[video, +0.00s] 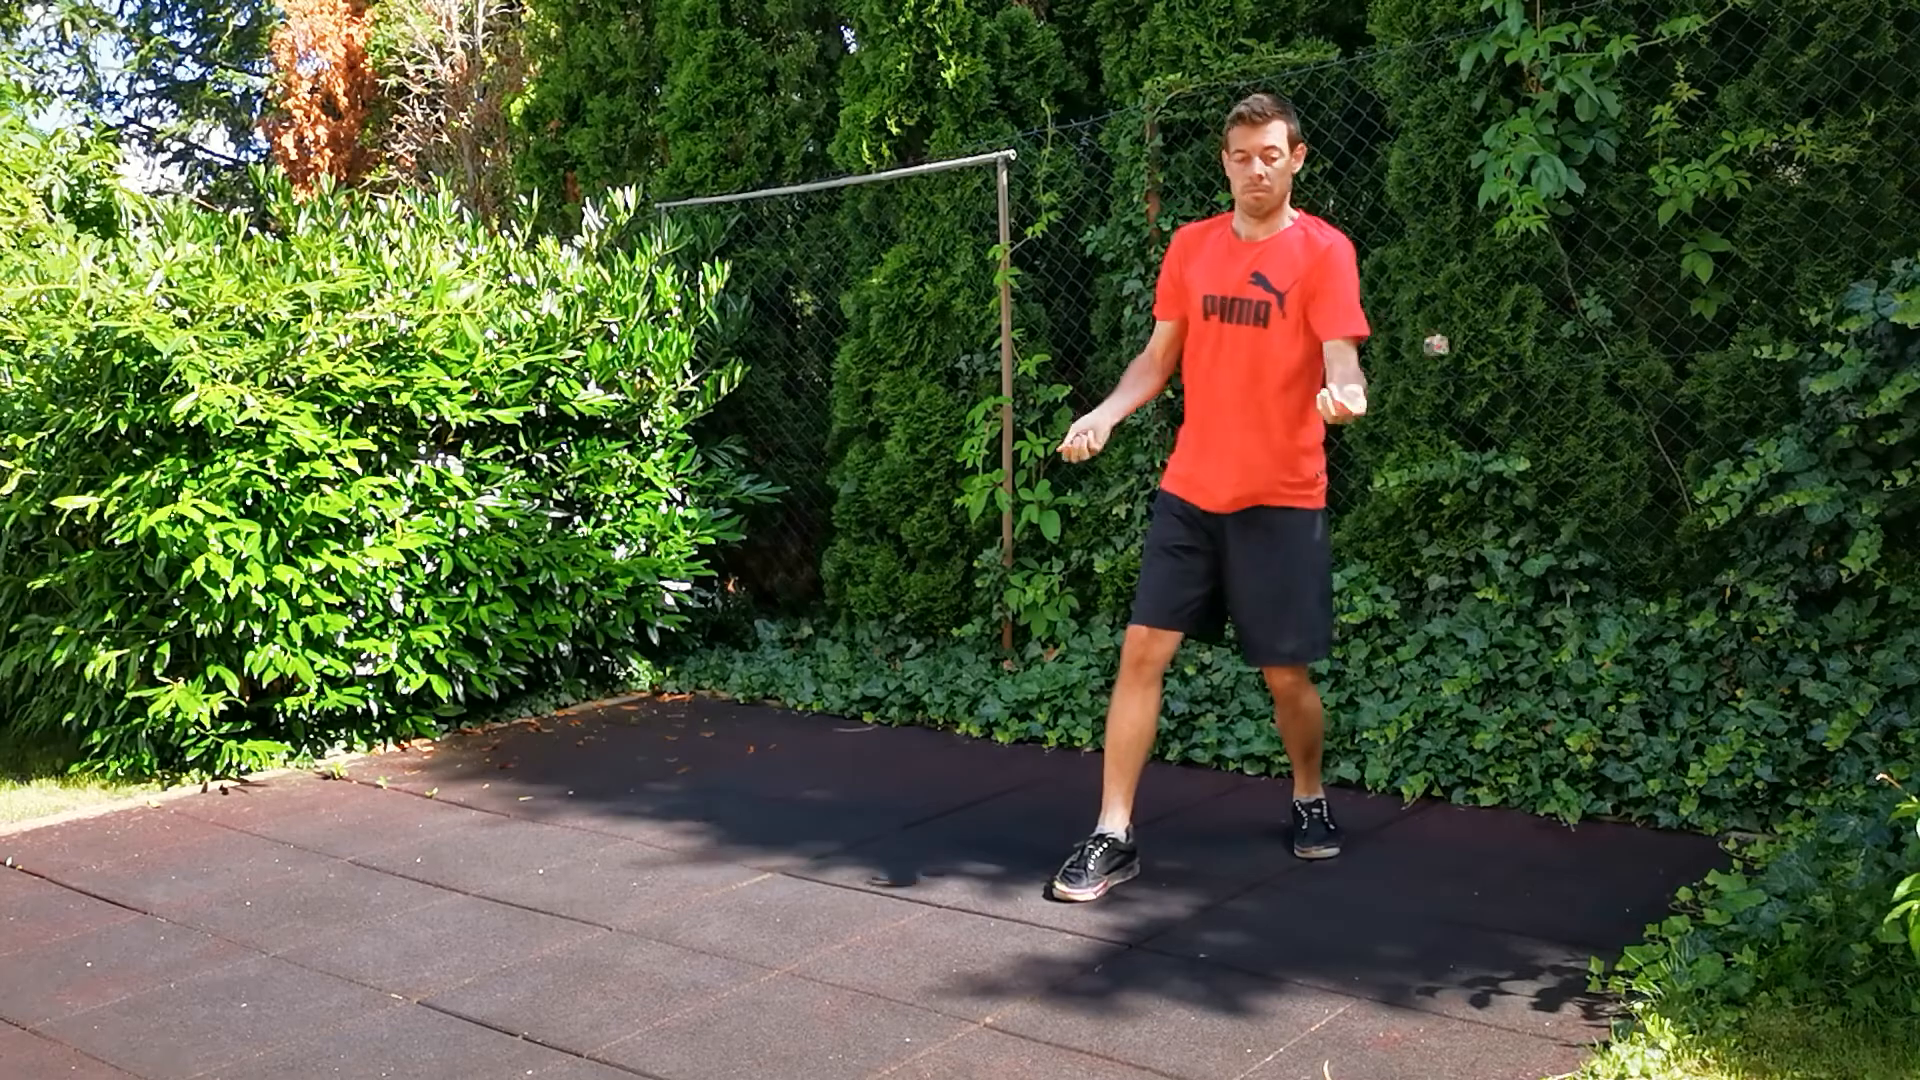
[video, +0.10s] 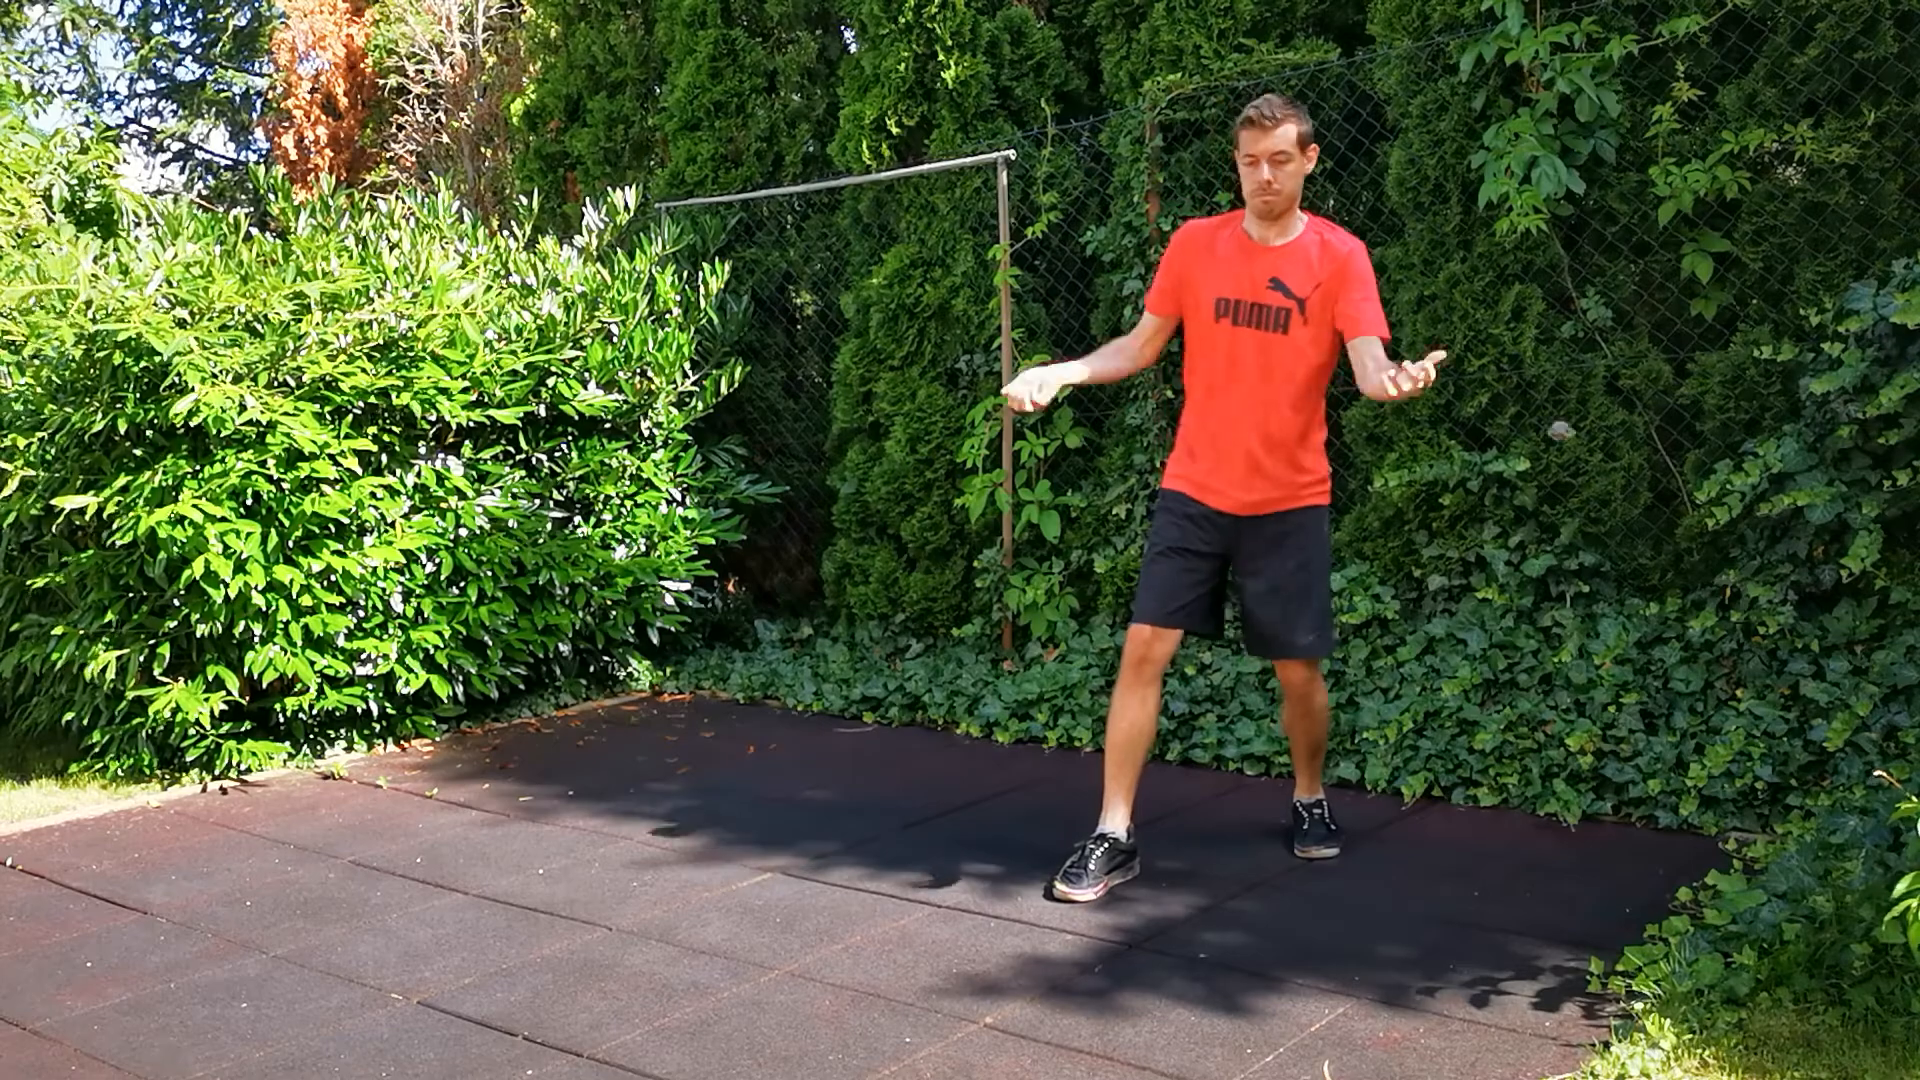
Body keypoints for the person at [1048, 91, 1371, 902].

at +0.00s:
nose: (1255, 170)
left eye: (1268, 156)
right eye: (1242, 157)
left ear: (1296, 159)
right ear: (1224, 163)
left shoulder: (1324, 251)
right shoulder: (1192, 244)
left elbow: (1342, 359)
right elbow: (1157, 358)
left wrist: (1344, 395)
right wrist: (1104, 415)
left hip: (1282, 497)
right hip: (1190, 488)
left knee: (1287, 674)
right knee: (1142, 649)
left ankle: (1309, 800)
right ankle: (1111, 833)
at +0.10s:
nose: (1264, 176)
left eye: (1278, 161)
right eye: (1252, 162)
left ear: (1309, 161)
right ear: (1235, 166)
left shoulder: (1339, 255)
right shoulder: (1194, 242)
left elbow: (1369, 366)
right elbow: (1139, 345)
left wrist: (1396, 380)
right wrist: (1063, 371)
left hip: (1291, 499)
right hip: (1193, 489)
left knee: (1300, 670)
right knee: (1143, 646)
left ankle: (1309, 801)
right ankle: (1111, 833)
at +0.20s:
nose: (1266, 180)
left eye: (1282, 164)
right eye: (1254, 164)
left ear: (1308, 159)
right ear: (1234, 159)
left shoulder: (1345, 248)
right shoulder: (1190, 237)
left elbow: (1400, 350)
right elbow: (1096, 308)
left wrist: (1452, 363)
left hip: (1294, 500)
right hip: (1195, 490)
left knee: (1303, 673)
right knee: (1144, 646)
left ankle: (1310, 804)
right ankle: (1108, 830)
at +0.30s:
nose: (1280, 189)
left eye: (1290, 172)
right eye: (1265, 173)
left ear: (1299, 166)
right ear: (1226, 165)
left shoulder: (1328, 246)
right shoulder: (1175, 237)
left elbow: (1381, 352)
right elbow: (1070, 279)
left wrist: (1426, 430)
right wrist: (1089, 178)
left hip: (1298, 501)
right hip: (1194, 492)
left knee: (1323, 674)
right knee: (1142, 655)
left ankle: (1312, 796)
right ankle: (1096, 827)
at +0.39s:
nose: (1296, 204)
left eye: (1303, 189)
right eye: (1282, 188)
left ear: (1305, 183)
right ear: (1234, 178)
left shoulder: (1324, 262)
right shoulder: (1173, 244)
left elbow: (1364, 376)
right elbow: (1064, 289)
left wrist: (1406, 481)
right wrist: (1129, 219)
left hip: (1305, 508)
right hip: (1196, 504)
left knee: (1367, 668)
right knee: (1136, 658)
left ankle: (1338, 777)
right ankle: (1094, 827)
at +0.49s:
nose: (1337, 230)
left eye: (1343, 214)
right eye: (1324, 214)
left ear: (1339, 208)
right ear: (1274, 203)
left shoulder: (1349, 288)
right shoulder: (1194, 258)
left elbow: (1382, 401)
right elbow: (1070, 298)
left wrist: (1428, 513)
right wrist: (1122, 295)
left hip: (1318, 510)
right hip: (1208, 511)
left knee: (1416, 654)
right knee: (1134, 657)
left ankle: (1421, 788)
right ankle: (1094, 827)